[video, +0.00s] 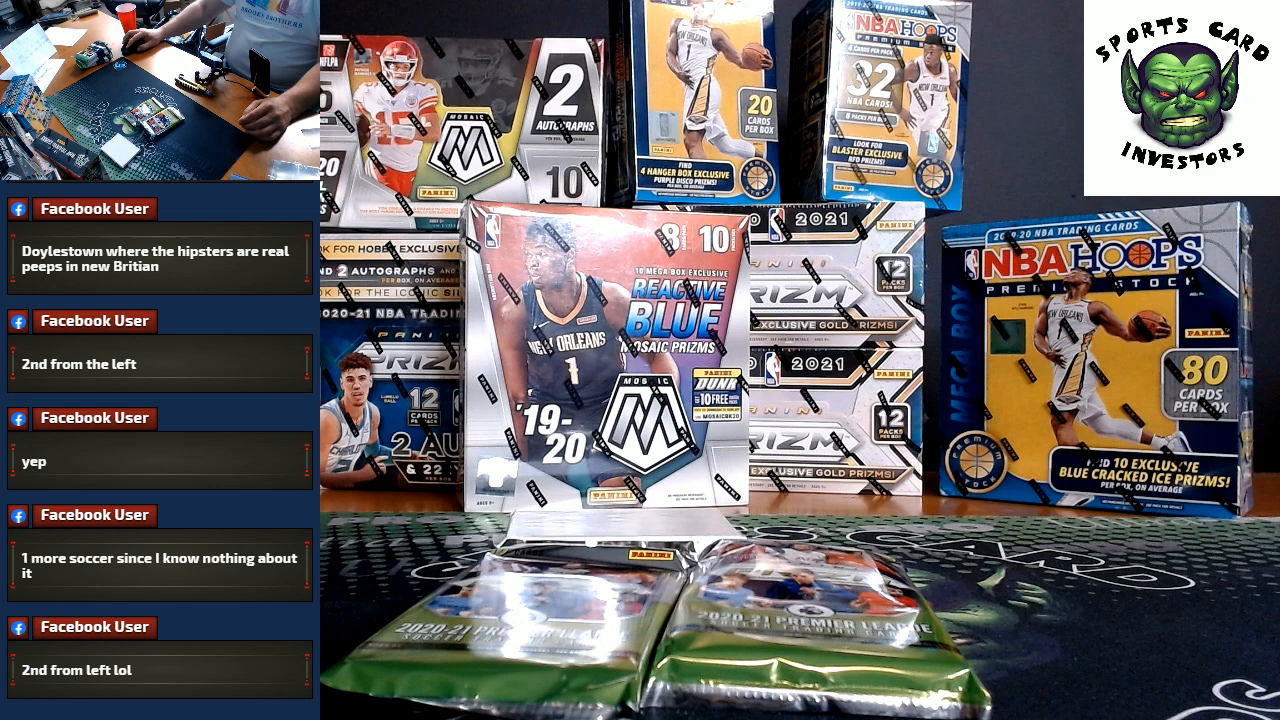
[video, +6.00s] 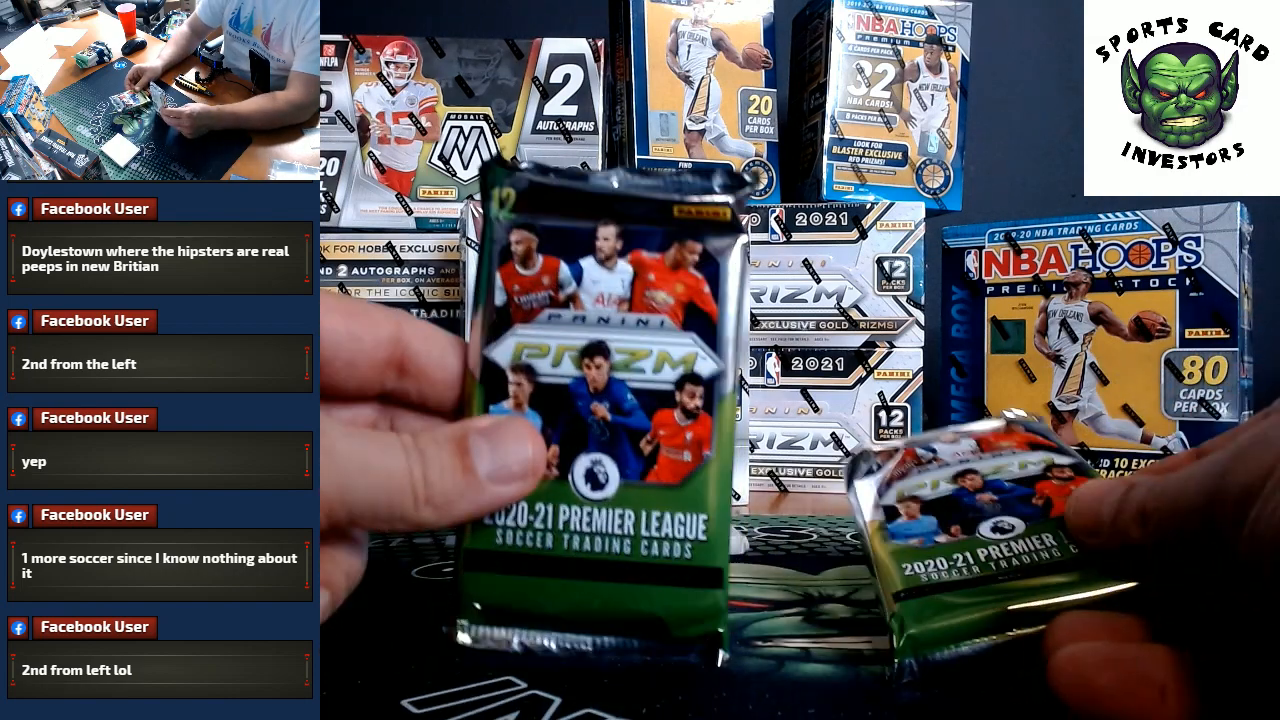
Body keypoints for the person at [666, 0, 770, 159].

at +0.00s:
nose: (697, 8)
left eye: (703, 6)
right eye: (695, 5)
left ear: (711, 12)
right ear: (691, 7)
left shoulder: (715, 34)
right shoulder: (678, 24)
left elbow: (739, 60)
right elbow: (670, 53)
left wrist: (764, 63)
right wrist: (678, 72)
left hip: (705, 87)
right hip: (692, 88)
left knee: (692, 141)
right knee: (725, 145)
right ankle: (767, 158)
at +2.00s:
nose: (697, 8)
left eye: (702, 6)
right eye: (695, 5)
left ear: (711, 12)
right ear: (691, 8)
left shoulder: (715, 34)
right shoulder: (678, 25)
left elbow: (740, 60)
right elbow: (670, 53)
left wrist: (764, 63)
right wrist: (678, 72)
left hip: (705, 87)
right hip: (692, 88)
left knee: (692, 141)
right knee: (725, 145)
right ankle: (767, 158)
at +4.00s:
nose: (697, 9)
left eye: (703, 6)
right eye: (695, 6)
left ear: (711, 12)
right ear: (692, 8)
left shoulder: (715, 34)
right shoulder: (678, 25)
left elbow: (740, 59)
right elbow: (670, 53)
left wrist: (764, 62)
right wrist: (678, 72)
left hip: (705, 87)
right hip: (692, 88)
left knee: (692, 141)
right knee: (725, 145)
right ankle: (766, 158)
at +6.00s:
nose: (697, 9)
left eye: (702, 6)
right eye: (695, 6)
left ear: (711, 11)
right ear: (692, 8)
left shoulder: (715, 34)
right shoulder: (678, 25)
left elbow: (739, 59)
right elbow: (670, 54)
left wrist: (764, 63)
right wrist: (678, 72)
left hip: (705, 87)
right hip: (692, 88)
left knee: (692, 141)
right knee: (725, 145)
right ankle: (762, 156)